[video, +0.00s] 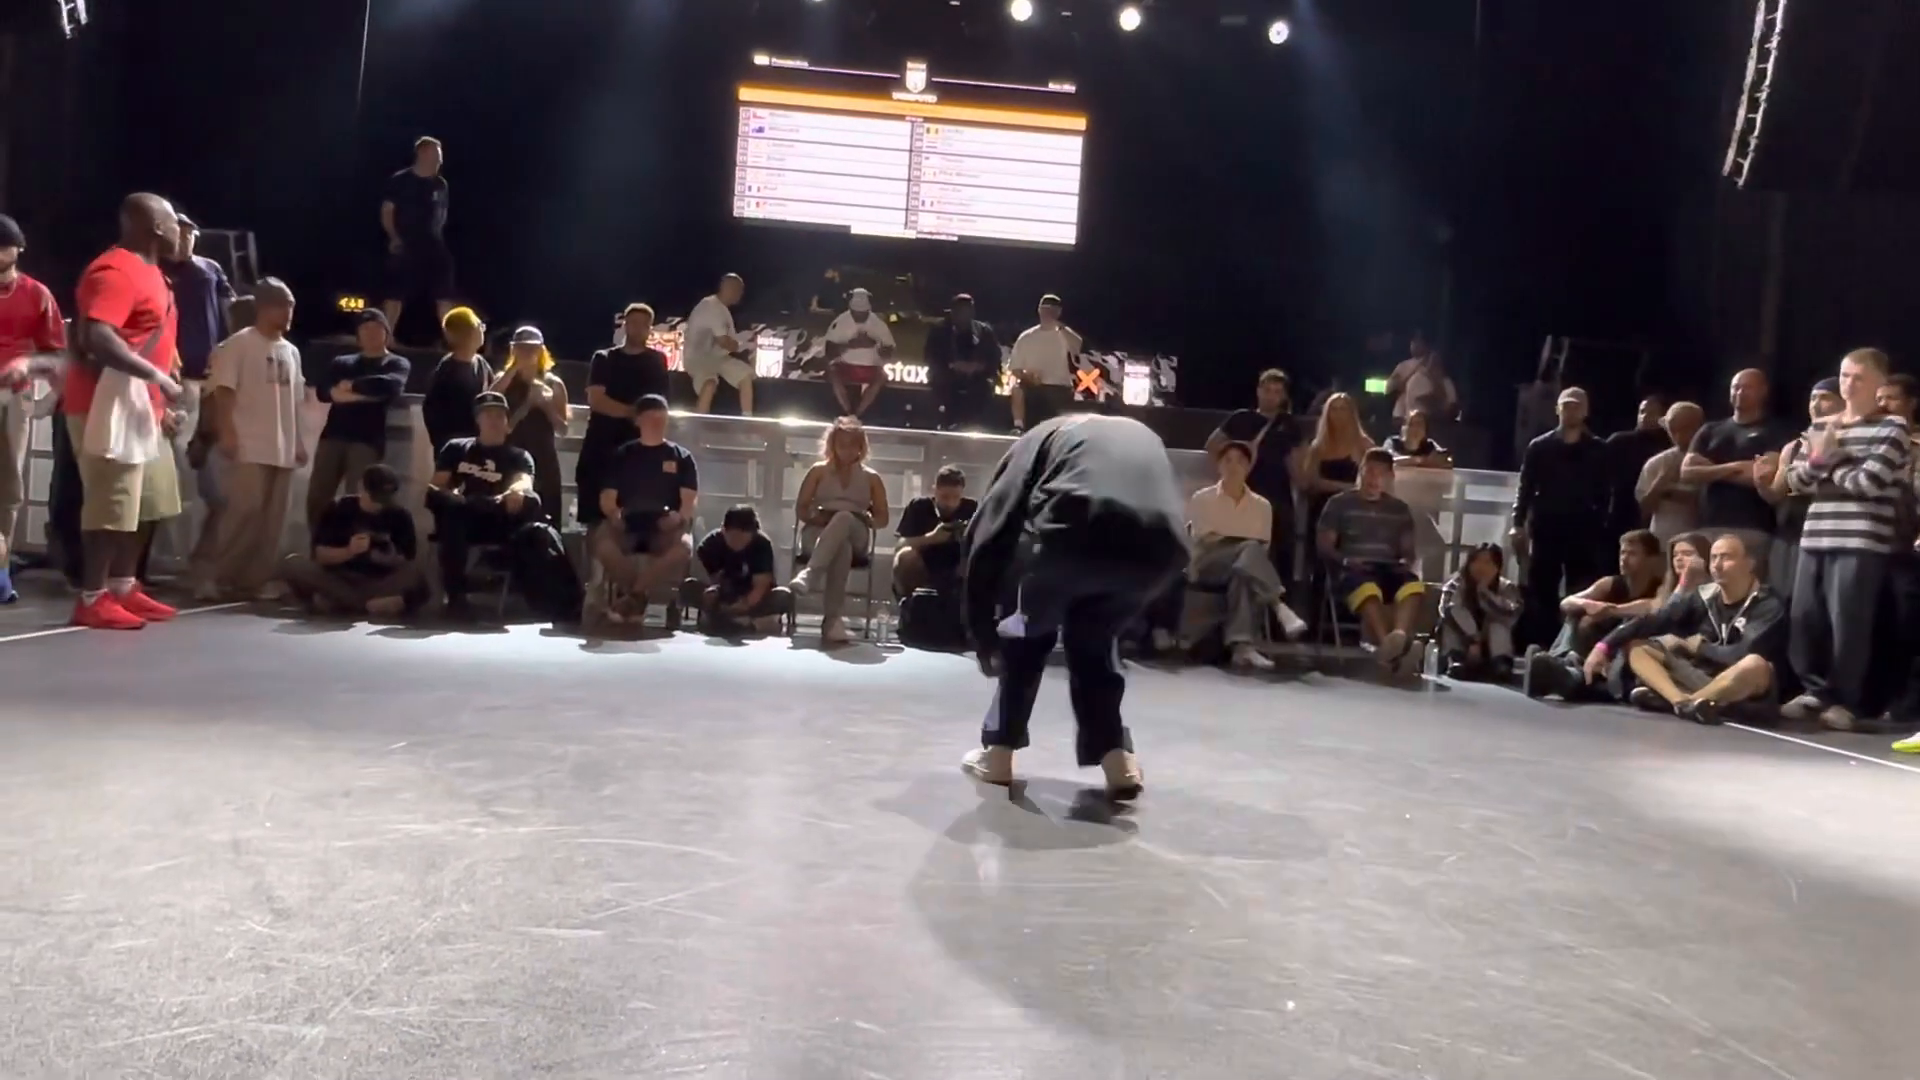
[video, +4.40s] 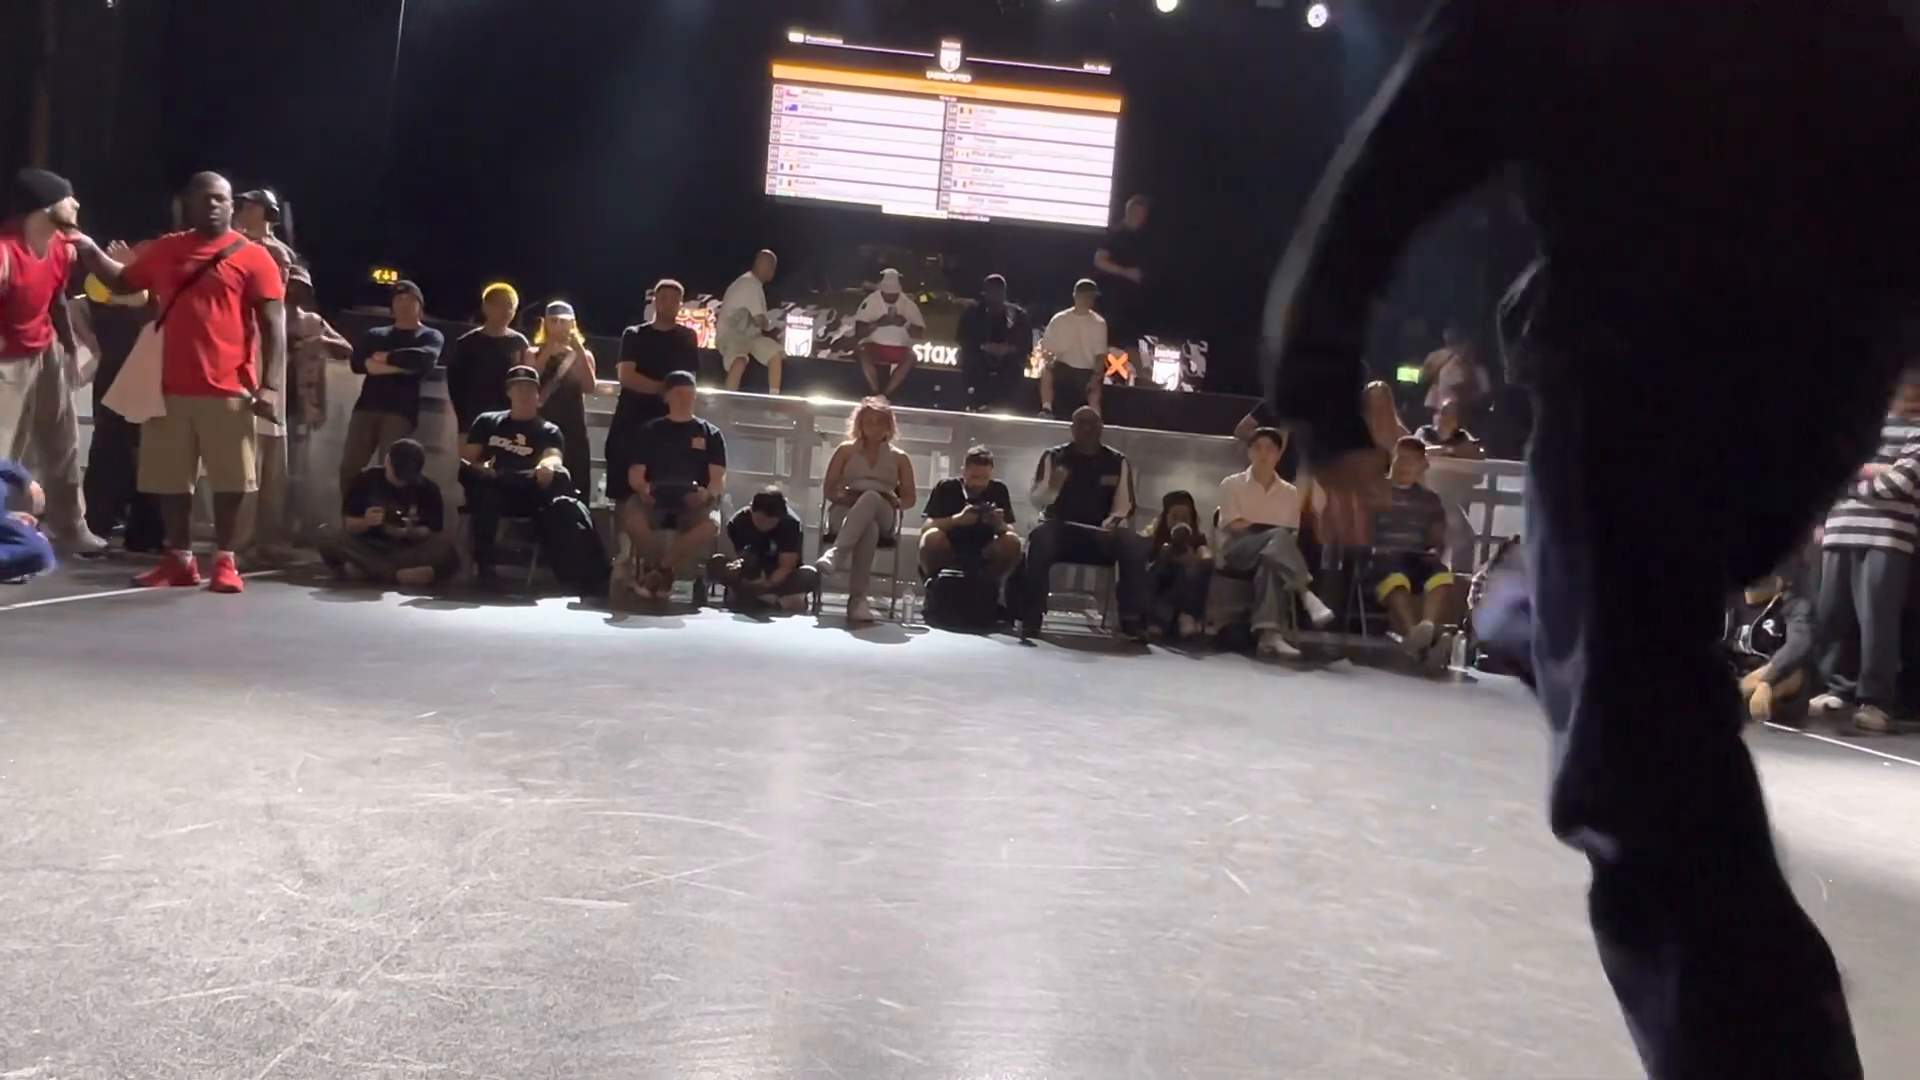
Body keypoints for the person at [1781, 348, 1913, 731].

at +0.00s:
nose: (1847, 384)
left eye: (1857, 378)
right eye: (1844, 377)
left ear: (1879, 385)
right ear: (1839, 381)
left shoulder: (1893, 429)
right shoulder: (1826, 428)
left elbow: (1870, 481)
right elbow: (1794, 480)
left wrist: (1827, 471)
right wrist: (1823, 455)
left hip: (1859, 539)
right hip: (1815, 537)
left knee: (1849, 621)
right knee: (1804, 614)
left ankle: (1847, 702)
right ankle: (1814, 690)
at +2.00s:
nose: (1878, 380)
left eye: (1887, 373)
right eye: (1875, 373)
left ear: (1915, 377)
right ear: (1871, 375)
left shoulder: (1918, 424)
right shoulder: (1857, 418)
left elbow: (1898, 479)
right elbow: (1824, 464)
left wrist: (1847, 470)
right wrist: (1866, 469)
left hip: (1894, 541)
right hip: (1847, 536)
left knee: (1881, 623)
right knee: (1835, 612)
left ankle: (1876, 699)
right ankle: (1838, 687)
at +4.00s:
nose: (1880, 380)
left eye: (1889, 373)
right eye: (1875, 373)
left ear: (1912, 376)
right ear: (1867, 376)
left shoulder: (1913, 426)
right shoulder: (1845, 422)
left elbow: (1902, 480)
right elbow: (1813, 468)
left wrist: (1843, 477)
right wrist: (1869, 467)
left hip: (1885, 534)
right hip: (1836, 532)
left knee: (1875, 618)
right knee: (1831, 612)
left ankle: (1876, 699)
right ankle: (1837, 687)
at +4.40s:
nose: (1910, 401)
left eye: (1915, 395)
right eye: (1905, 393)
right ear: (1891, 394)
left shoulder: (1916, 433)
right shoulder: (1864, 425)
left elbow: (1900, 482)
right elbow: (1833, 466)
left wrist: (1855, 478)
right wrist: (1872, 474)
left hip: (1886, 532)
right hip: (1840, 528)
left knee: (1876, 620)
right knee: (1831, 616)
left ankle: (1875, 702)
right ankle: (1838, 689)